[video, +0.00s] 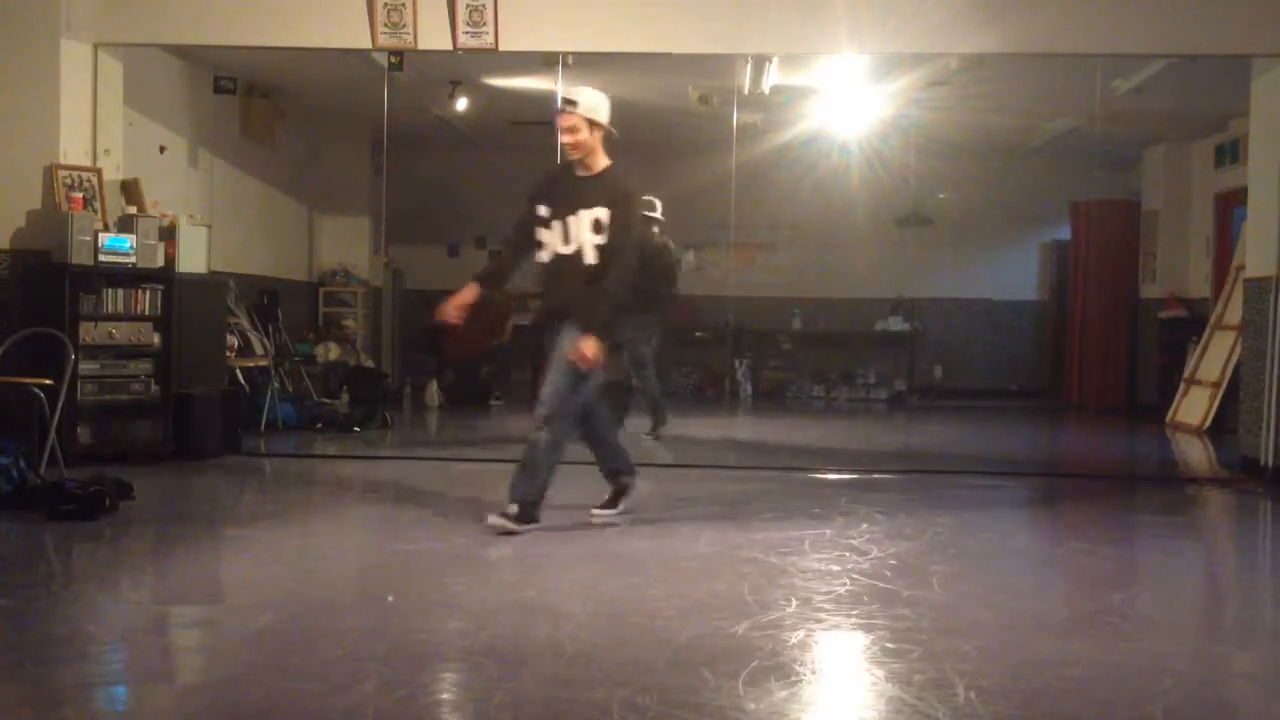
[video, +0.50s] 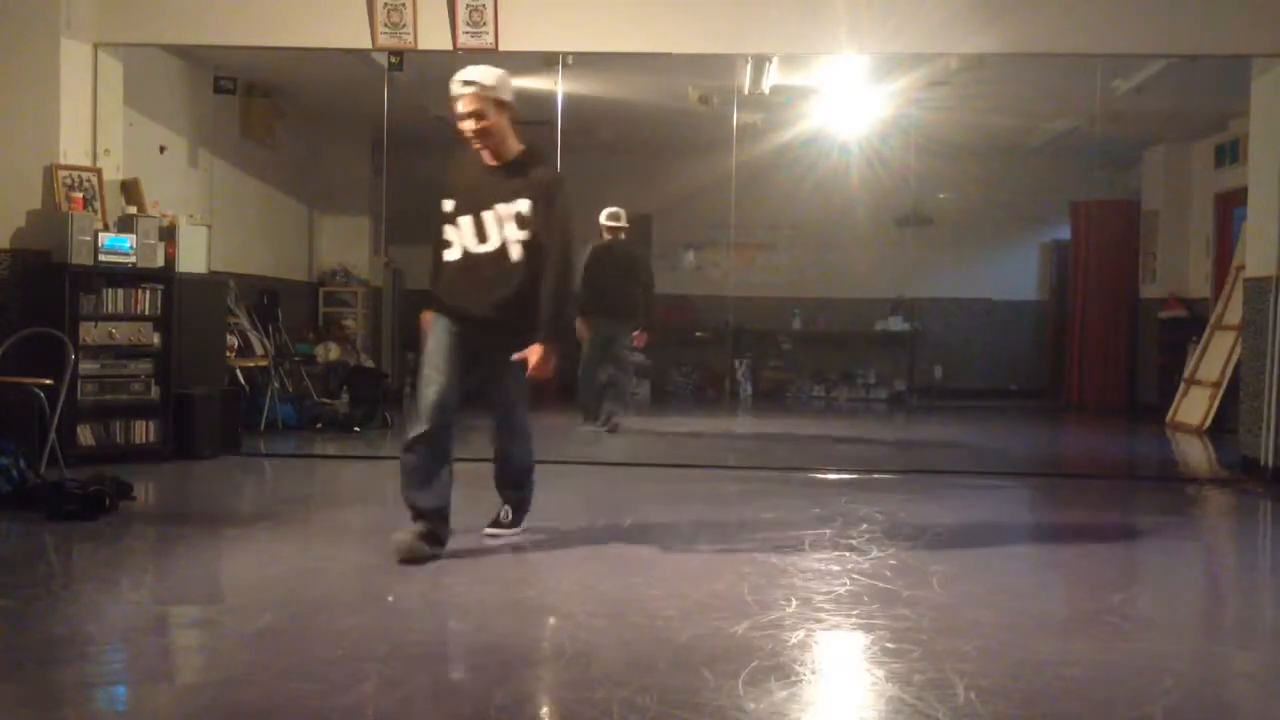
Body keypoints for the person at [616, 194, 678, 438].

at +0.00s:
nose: (639, 223)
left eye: (641, 218)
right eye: (642, 218)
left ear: (637, 217)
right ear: (658, 220)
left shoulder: (627, 243)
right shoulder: (665, 247)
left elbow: (618, 277)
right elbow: (669, 285)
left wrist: (614, 301)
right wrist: (662, 307)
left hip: (627, 310)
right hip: (652, 312)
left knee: (642, 368)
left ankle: (659, 416)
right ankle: (612, 420)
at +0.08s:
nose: (640, 228)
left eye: (640, 222)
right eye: (642, 223)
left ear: (629, 219)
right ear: (653, 224)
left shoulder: (618, 243)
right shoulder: (660, 251)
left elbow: (609, 280)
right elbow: (663, 291)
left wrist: (604, 309)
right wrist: (661, 325)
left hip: (620, 312)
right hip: (646, 315)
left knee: (622, 365)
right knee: (632, 367)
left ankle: (645, 398)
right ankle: (612, 422)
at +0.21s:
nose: (633, 226)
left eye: (632, 220)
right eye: (633, 221)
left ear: (621, 218)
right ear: (645, 223)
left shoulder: (608, 245)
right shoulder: (651, 252)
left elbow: (598, 281)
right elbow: (660, 291)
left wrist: (591, 309)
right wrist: (658, 323)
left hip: (609, 309)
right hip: (636, 312)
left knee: (608, 357)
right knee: (625, 361)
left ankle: (618, 395)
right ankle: (615, 418)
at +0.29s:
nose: (627, 225)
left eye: (629, 220)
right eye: (626, 220)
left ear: (615, 218)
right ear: (640, 220)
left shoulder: (602, 245)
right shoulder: (648, 251)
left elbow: (590, 282)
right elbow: (658, 289)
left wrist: (585, 314)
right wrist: (655, 320)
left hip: (603, 315)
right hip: (631, 317)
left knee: (594, 362)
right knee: (623, 369)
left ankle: (590, 408)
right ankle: (614, 420)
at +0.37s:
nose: (622, 228)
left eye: (620, 223)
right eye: (623, 224)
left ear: (609, 221)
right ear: (634, 222)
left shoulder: (599, 246)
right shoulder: (644, 249)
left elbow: (589, 283)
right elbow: (656, 288)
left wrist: (585, 313)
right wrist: (651, 320)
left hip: (601, 315)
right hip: (630, 317)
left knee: (591, 364)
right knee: (622, 369)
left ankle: (584, 414)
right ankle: (614, 420)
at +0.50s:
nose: (607, 232)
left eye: (606, 229)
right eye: (612, 229)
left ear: (603, 229)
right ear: (624, 229)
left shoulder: (597, 252)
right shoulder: (637, 254)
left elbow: (586, 288)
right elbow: (647, 292)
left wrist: (581, 315)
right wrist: (644, 325)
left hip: (599, 317)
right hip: (626, 319)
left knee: (590, 365)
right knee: (621, 365)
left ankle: (589, 411)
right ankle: (613, 412)